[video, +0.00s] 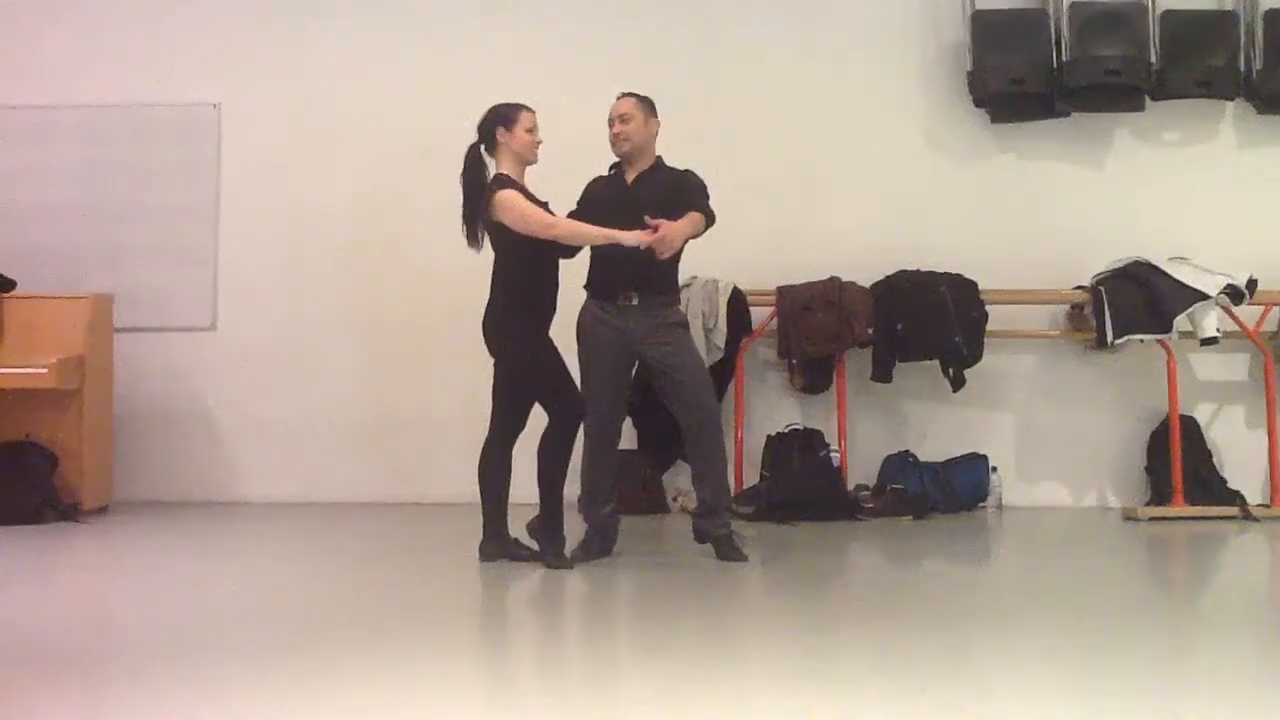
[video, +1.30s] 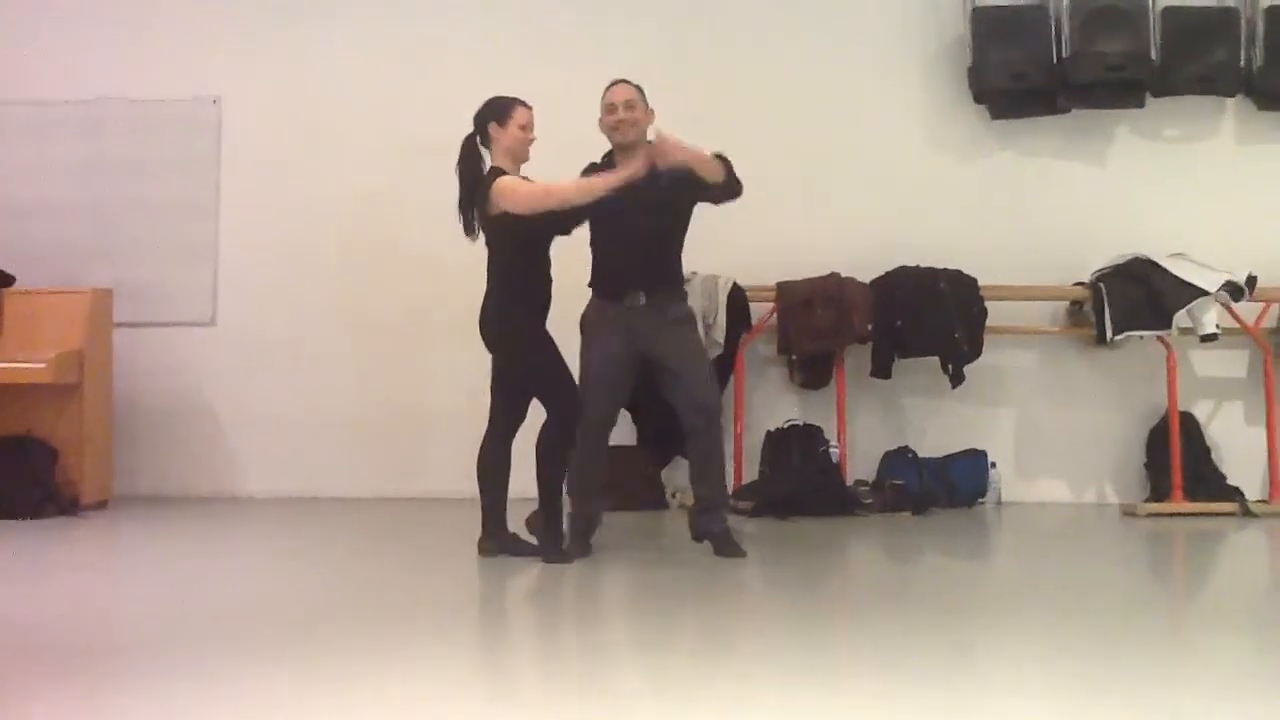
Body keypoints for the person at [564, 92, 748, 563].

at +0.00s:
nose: (615, 129)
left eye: (625, 120)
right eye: (611, 123)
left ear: (654, 126)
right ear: (610, 133)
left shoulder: (682, 182)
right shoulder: (598, 190)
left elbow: (702, 214)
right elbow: (568, 244)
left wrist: (681, 229)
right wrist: (525, 227)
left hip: (661, 320)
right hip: (603, 320)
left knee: (703, 412)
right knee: (601, 422)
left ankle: (715, 524)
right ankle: (598, 531)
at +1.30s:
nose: (619, 115)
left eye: (629, 107)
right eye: (611, 110)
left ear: (649, 116)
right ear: (600, 123)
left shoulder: (678, 172)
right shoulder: (595, 179)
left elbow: (730, 187)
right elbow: (556, 222)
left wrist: (688, 156)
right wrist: (505, 214)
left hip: (669, 313)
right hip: (608, 315)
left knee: (702, 408)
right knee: (594, 416)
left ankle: (712, 520)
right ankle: (580, 525)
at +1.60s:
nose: (593, 117)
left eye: (604, 109)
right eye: (585, 110)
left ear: (623, 120)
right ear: (574, 122)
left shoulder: (643, 180)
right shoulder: (559, 181)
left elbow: (689, 240)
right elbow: (519, 216)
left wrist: (673, 210)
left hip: (642, 315)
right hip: (585, 319)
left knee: (679, 415)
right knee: (572, 419)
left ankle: (718, 519)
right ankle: (572, 529)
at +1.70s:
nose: (583, 119)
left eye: (593, 112)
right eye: (575, 113)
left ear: (613, 123)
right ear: (565, 124)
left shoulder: (638, 189)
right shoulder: (554, 182)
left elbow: (662, 258)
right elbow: (516, 220)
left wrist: (623, 263)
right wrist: (481, 193)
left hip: (626, 319)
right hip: (571, 321)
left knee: (664, 412)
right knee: (562, 417)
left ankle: (717, 508)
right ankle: (571, 527)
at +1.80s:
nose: (581, 119)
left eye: (592, 112)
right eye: (573, 112)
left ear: (611, 123)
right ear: (563, 124)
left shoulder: (635, 188)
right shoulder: (554, 181)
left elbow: (648, 260)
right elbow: (521, 226)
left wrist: (595, 268)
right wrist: (480, 203)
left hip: (621, 316)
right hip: (567, 318)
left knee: (641, 406)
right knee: (562, 419)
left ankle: (692, 487)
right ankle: (571, 523)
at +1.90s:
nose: (579, 121)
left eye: (589, 113)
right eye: (571, 114)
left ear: (608, 125)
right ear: (561, 126)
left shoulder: (630, 187)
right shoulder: (549, 186)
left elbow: (626, 255)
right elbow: (532, 238)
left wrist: (573, 248)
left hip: (617, 315)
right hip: (565, 315)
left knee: (618, 407)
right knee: (560, 418)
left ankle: (650, 471)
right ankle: (570, 522)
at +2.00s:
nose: (576, 120)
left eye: (587, 113)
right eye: (568, 114)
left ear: (606, 126)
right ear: (558, 128)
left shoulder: (625, 183)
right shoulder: (550, 187)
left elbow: (615, 241)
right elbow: (525, 245)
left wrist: (548, 206)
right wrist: (484, 228)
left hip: (615, 319)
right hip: (562, 319)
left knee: (600, 415)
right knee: (556, 417)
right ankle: (567, 519)